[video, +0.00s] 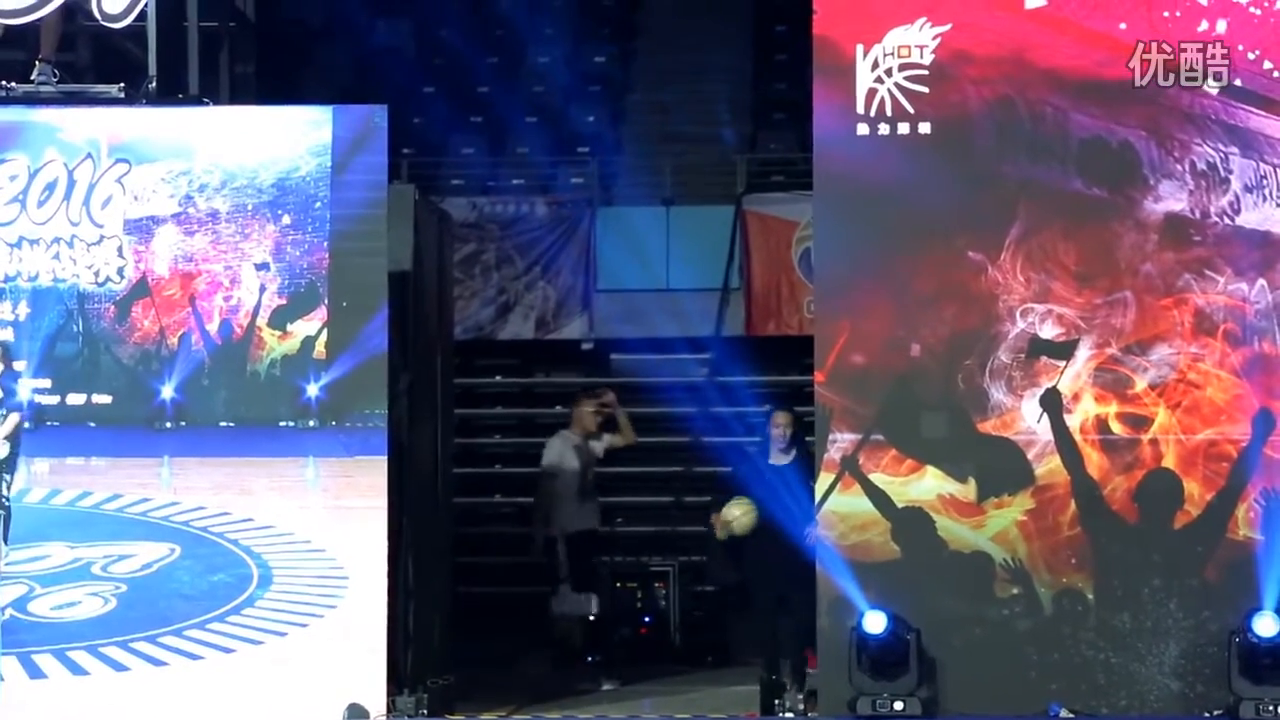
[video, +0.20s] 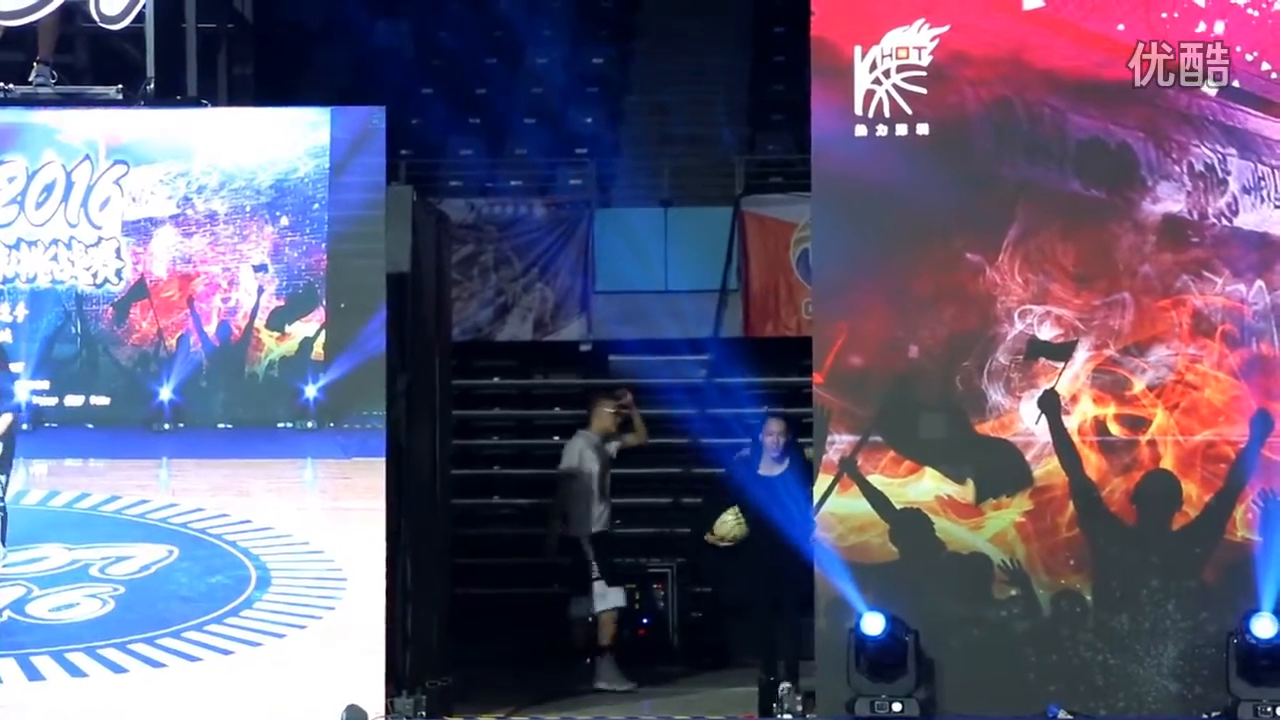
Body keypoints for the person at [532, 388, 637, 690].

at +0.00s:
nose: (597, 418)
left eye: (599, 413)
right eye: (591, 412)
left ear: (598, 416)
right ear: (576, 413)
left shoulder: (592, 444)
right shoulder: (558, 444)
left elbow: (627, 438)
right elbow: (546, 494)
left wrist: (617, 409)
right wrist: (547, 530)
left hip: (588, 530)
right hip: (562, 531)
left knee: (591, 596)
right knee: (568, 596)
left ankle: (590, 665)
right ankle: (567, 666)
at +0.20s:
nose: (615, 419)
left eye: (617, 414)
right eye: (610, 413)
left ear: (614, 418)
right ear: (595, 414)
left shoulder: (605, 444)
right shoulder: (578, 445)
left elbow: (640, 437)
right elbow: (564, 495)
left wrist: (632, 409)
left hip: (599, 533)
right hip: (582, 535)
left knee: (590, 600)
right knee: (610, 598)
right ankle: (605, 668)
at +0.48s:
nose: (640, 422)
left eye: (641, 417)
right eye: (636, 417)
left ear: (631, 419)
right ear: (620, 417)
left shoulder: (624, 444)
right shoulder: (607, 450)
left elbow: (651, 440)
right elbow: (600, 500)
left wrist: (648, 413)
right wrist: (606, 545)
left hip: (627, 540)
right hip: (617, 542)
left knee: (609, 608)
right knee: (632, 607)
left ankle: (600, 672)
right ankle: (647, 671)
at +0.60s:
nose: (649, 422)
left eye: (649, 417)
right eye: (646, 417)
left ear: (633, 418)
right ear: (633, 418)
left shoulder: (619, 443)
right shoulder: (622, 449)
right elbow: (616, 499)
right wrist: (630, 541)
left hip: (628, 538)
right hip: (623, 540)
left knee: (633, 605)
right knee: (620, 605)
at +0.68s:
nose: (654, 420)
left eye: (654, 415)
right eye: (650, 416)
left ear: (636, 418)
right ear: (636, 417)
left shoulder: (621, 442)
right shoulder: (630, 451)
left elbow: (643, 431)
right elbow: (627, 501)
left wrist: (655, 409)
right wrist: (645, 542)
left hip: (634, 537)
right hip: (630, 539)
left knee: (643, 607)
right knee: (626, 606)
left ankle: (643, 674)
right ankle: (615, 677)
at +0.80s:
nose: (660, 422)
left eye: (660, 417)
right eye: (656, 417)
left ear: (643, 419)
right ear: (643, 418)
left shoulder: (629, 441)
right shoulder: (636, 449)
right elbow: (639, 498)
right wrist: (660, 538)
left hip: (634, 534)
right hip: (639, 537)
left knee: (647, 603)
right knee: (646, 605)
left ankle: (648, 673)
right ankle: (646, 677)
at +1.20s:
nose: (662, 422)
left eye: (664, 417)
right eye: (657, 417)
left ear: (667, 419)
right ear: (645, 419)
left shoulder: (667, 450)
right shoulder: (635, 450)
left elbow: (670, 491)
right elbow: (633, 496)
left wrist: (675, 522)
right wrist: (639, 528)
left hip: (669, 533)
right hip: (647, 534)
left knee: (669, 601)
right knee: (647, 601)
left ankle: (671, 674)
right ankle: (646, 674)